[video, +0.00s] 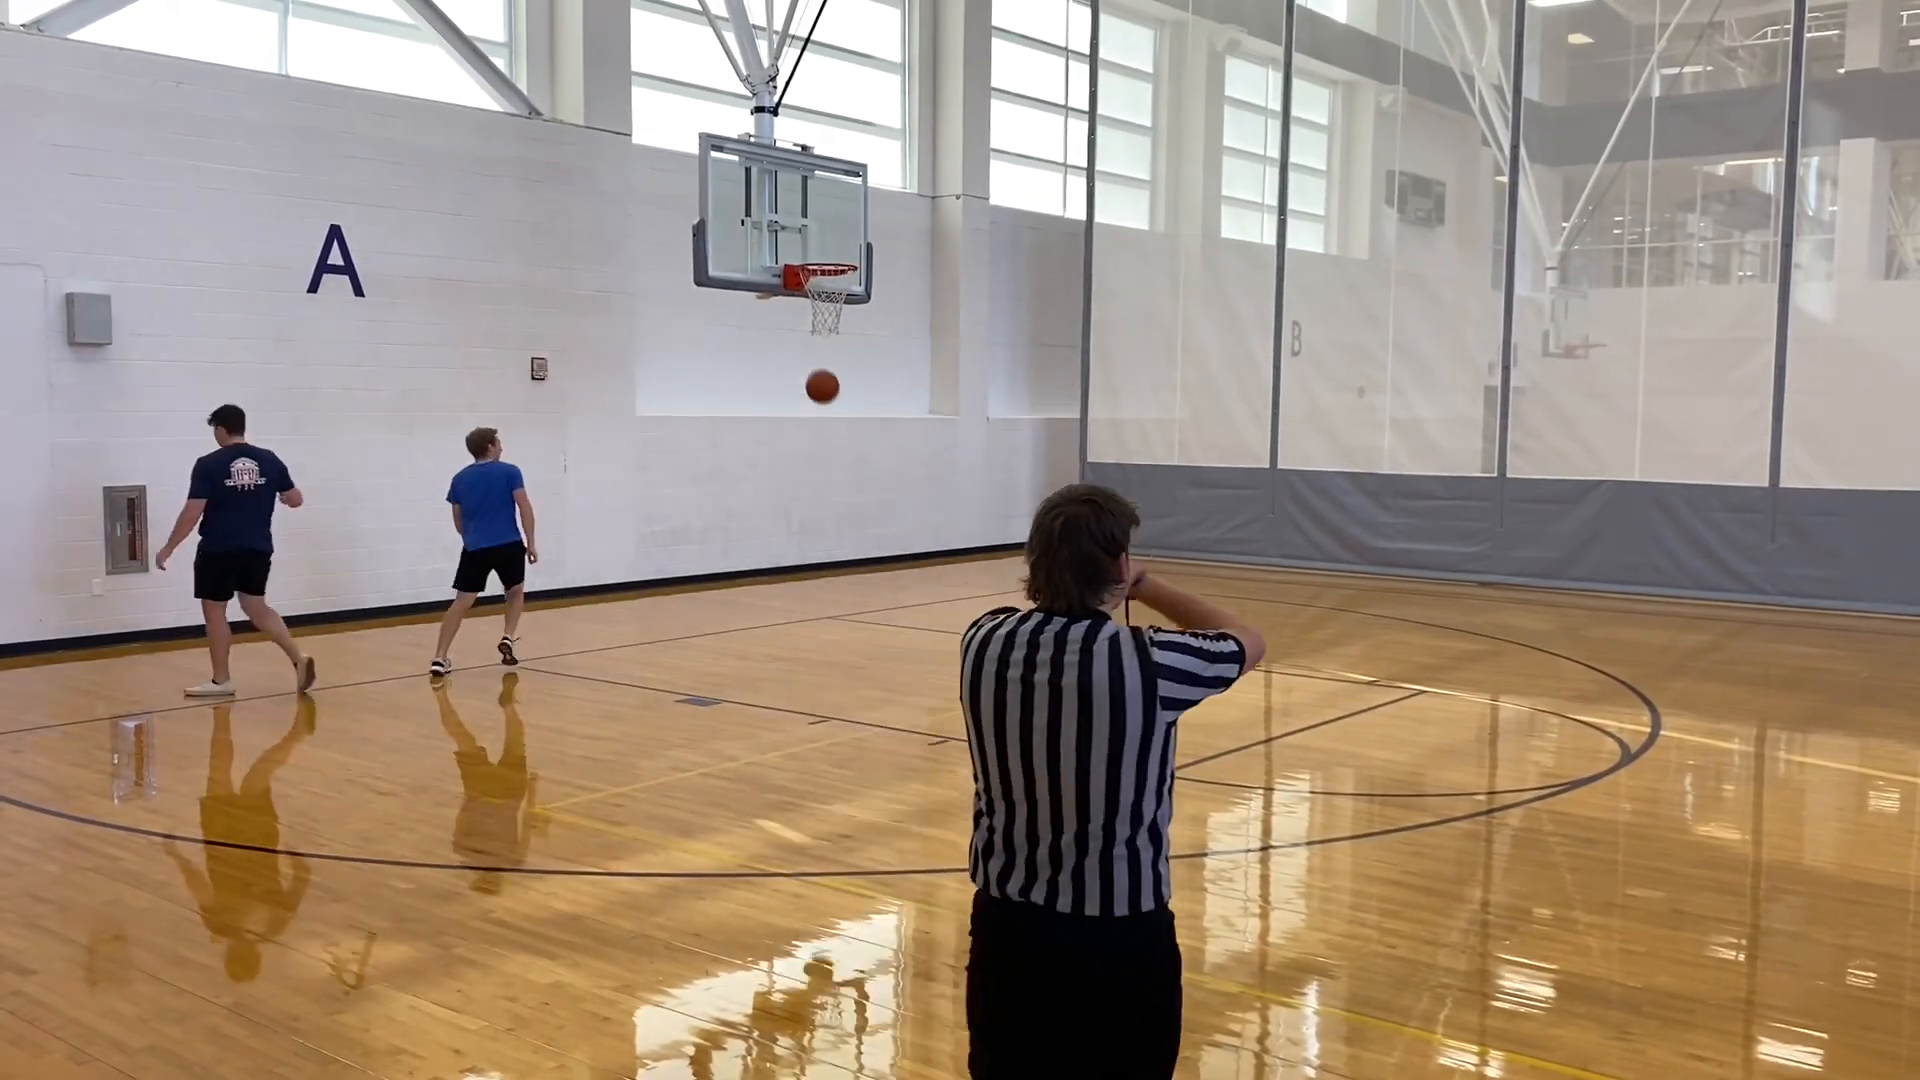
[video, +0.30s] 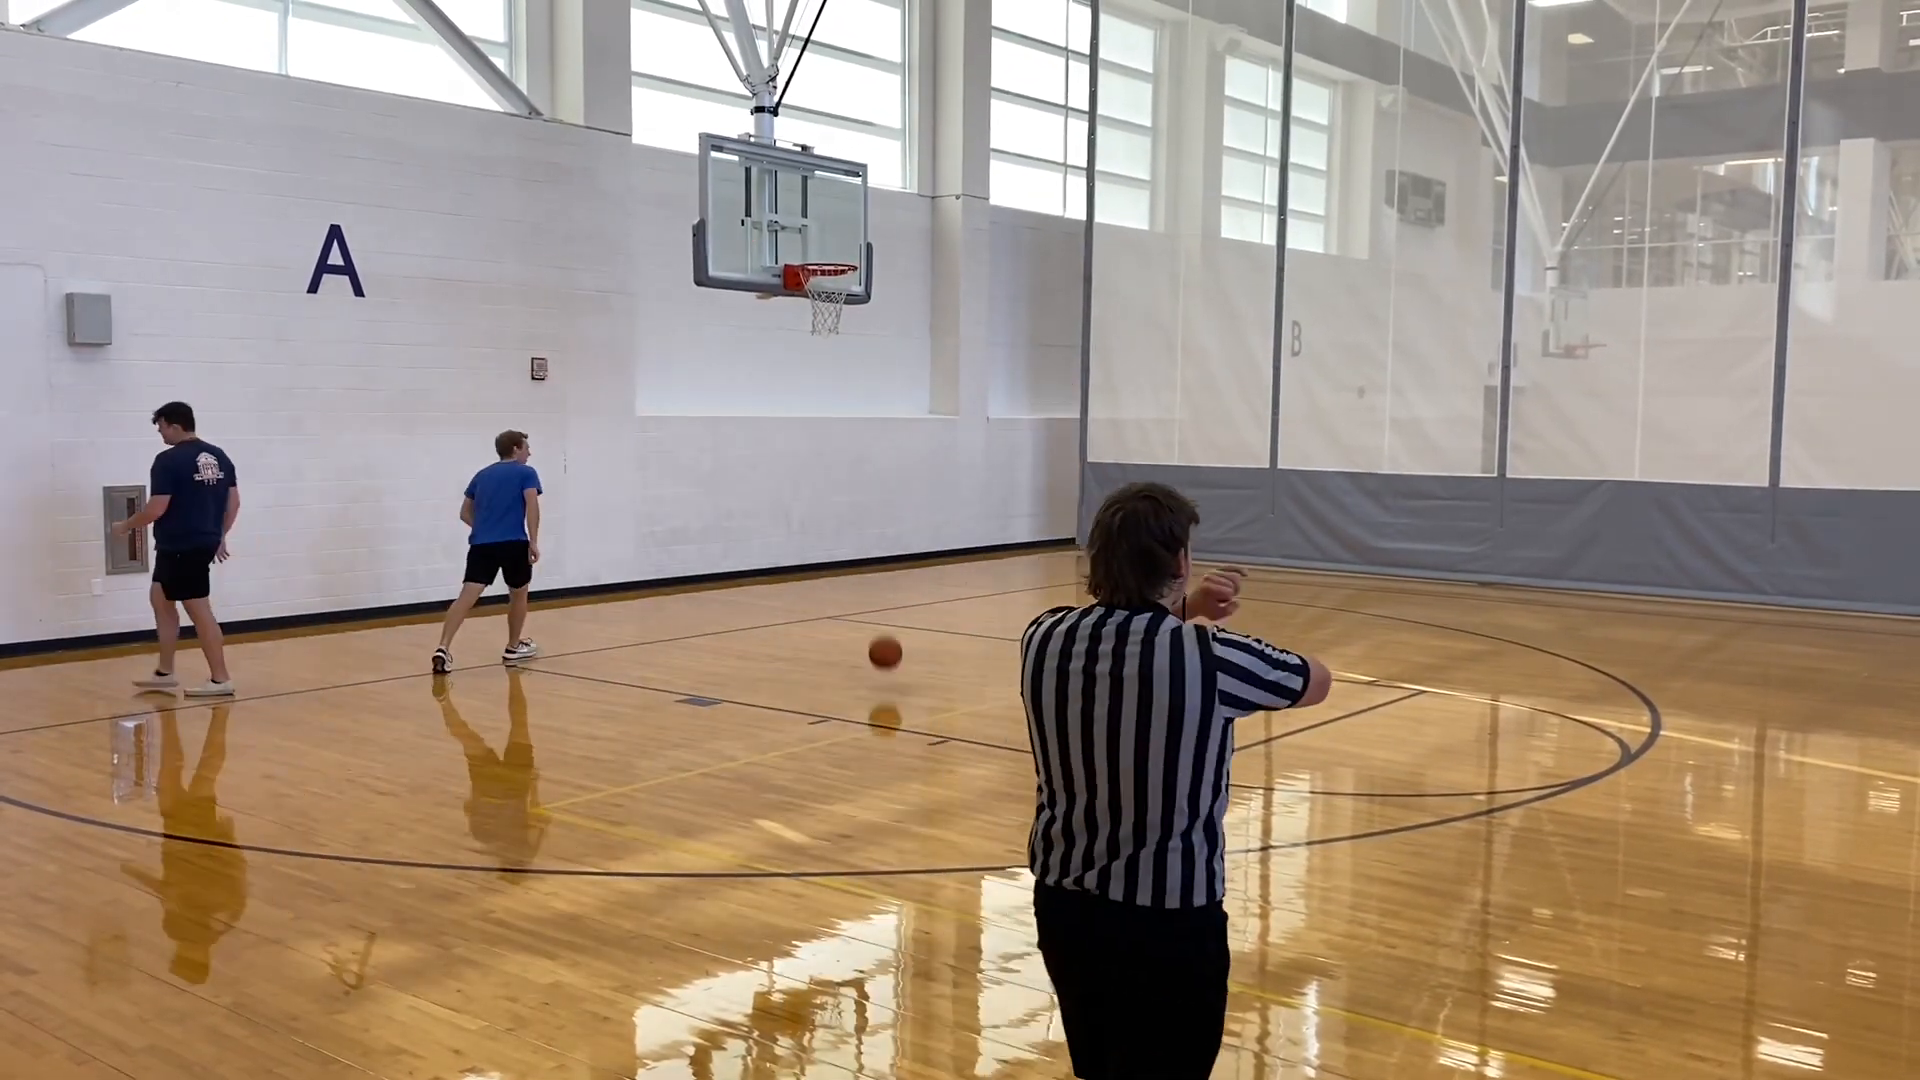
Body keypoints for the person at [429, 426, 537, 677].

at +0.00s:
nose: (501, 447)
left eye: (499, 443)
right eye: (498, 443)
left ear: (474, 450)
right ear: (491, 447)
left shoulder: (460, 478)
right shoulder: (509, 471)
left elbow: (459, 524)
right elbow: (525, 509)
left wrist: (475, 540)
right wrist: (531, 544)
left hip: (475, 552)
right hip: (509, 548)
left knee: (461, 602)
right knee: (515, 593)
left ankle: (439, 658)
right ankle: (508, 638)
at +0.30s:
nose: (529, 452)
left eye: (528, 447)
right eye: (526, 448)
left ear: (502, 452)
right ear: (516, 449)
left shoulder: (481, 475)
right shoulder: (525, 472)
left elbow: (465, 514)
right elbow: (531, 504)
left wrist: (487, 529)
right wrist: (534, 541)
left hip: (481, 546)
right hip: (513, 544)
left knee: (466, 596)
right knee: (519, 594)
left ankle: (442, 649)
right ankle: (514, 646)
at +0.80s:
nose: (580, 443)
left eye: (580, 439)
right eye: (576, 439)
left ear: (559, 440)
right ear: (561, 439)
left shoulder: (540, 461)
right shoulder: (560, 465)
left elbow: (528, 496)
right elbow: (563, 502)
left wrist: (544, 518)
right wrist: (568, 532)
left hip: (533, 532)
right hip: (548, 534)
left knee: (553, 584)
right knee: (535, 590)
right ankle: (515, 643)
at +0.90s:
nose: (591, 447)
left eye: (592, 443)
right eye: (588, 442)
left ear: (571, 443)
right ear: (573, 442)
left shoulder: (553, 463)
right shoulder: (570, 467)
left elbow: (541, 498)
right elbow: (569, 507)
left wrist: (572, 521)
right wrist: (578, 533)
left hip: (549, 533)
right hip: (559, 535)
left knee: (575, 582)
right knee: (541, 592)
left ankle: (592, 635)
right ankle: (516, 641)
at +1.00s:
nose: (604, 447)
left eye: (605, 442)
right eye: (601, 442)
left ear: (586, 444)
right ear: (585, 442)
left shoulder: (569, 463)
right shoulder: (582, 467)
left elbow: (556, 498)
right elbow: (577, 509)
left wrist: (587, 524)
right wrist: (593, 536)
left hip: (566, 533)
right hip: (573, 535)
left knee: (591, 582)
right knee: (556, 591)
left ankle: (598, 637)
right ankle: (521, 637)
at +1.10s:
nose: (615, 443)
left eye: (617, 439)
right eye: (611, 438)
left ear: (607, 441)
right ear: (597, 439)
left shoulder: (594, 462)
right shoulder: (591, 463)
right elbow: (587, 504)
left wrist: (605, 525)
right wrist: (605, 531)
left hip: (592, 530)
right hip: (584, 530)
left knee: (600, 581)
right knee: (588, 589)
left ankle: (598, 637)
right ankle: (539, 626)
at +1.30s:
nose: (637, 438)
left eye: (639, 434)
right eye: (632, 434)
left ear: (638, 437)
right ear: (619, 434)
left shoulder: (627, 460)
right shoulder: (608, 461)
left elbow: (623, 496)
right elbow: (601, 501)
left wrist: (638, 515)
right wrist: (623, 527)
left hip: (617, 526)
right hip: (609, 527)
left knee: (608, 578)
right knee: (635, 578)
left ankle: (599, 632)